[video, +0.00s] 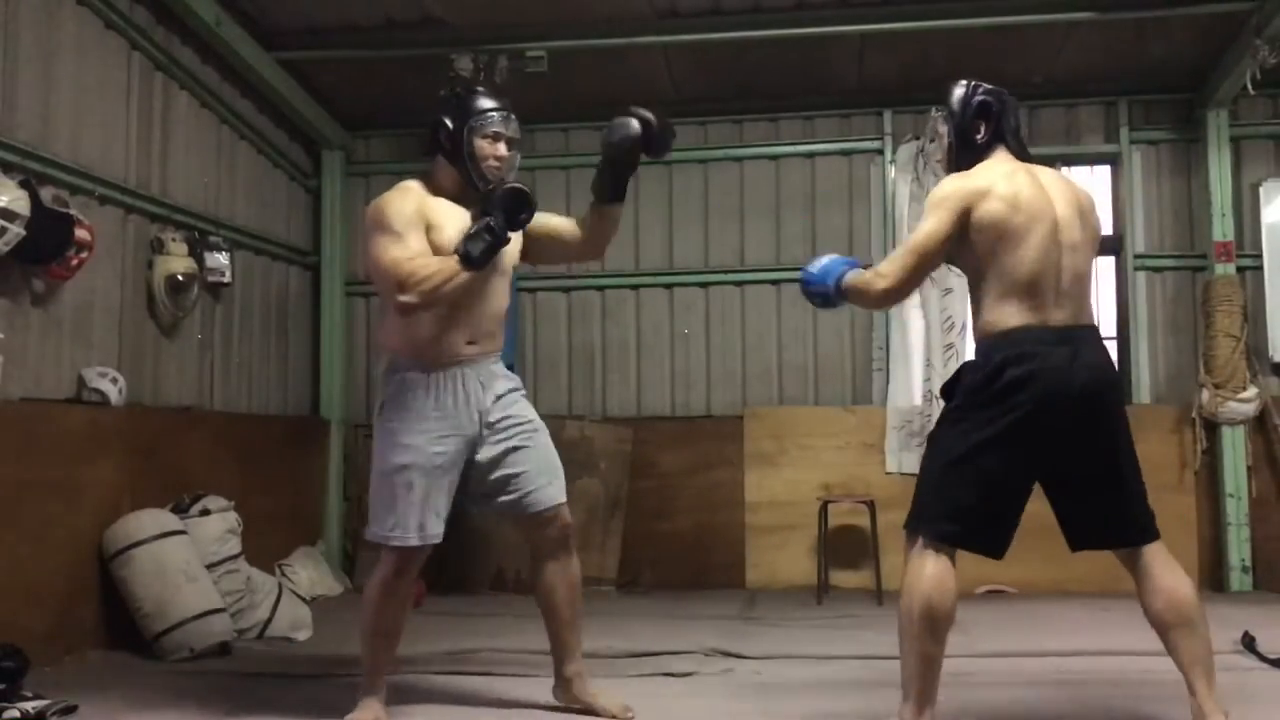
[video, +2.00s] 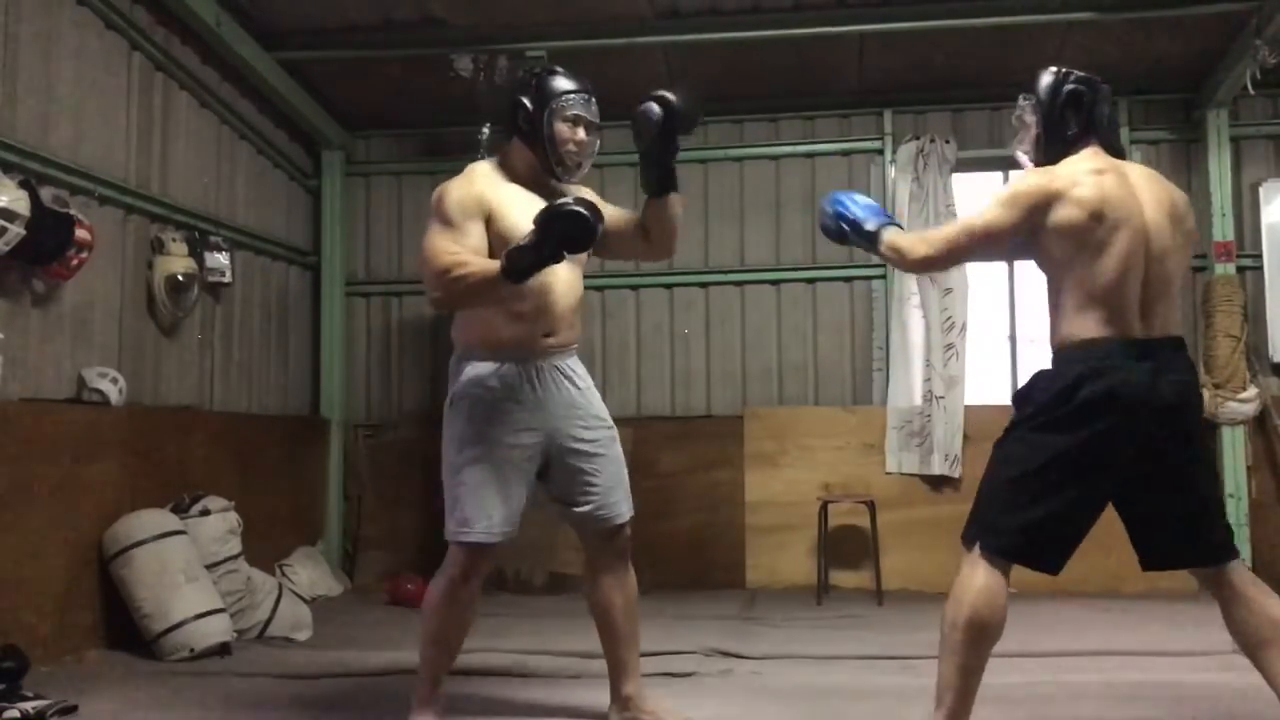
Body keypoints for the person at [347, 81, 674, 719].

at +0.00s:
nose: (504, 155)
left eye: (510, 143)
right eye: (492, 140)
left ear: (512, 151)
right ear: (451, 142)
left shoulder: (507, 220)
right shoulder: (401, 205)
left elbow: (590, 239)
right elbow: (408, 289)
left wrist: (615, 168)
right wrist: (484, 244)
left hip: (493, 385)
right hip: (421, 393)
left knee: (553, 526)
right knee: (403, 551)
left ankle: (571, 681)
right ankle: (373, 694)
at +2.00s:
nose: (584, 137)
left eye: (590, 126)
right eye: (570, 122)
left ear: (592, 133)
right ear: (528, 124)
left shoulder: (576, 203)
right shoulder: (467, 190)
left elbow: (656, 242)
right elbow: (444, 286)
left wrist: (658, 157)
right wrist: (532, 255)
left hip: (568, 380)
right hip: (490, 386)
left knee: (612, 536)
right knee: (471, 555)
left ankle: (629, 697)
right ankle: (426, 703)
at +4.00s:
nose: (599, 122)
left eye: (604, 110)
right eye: (586, 105)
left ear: (600, 119)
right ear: (539, 103)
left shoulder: (574, 202)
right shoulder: (474, 173)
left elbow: (636, 274)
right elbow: (436, 268)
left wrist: (678, 215)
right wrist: (527, 230)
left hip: (569, 385)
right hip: (490, 390)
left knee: (631, 533)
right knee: (460, 564)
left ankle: (641, 703)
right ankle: (401, 708)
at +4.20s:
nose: (582, 105)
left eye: (587, 93)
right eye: (568, 90)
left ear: (587, 103)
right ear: (522, 93)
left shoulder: (588, 174)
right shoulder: (469, 171)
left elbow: (667, 219)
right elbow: (424, 267)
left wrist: (736, 175)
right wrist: (518, 240)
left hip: (603, 370)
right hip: (527, 382)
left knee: (662, 518)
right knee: (566, 537)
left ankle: (653, 692)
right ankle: (502, 689)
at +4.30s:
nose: (554, 123)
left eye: (559, 110)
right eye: (539, 108)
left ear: (563, 118)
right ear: (494, 107)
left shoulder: (572, 191)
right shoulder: (442, 186)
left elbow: (648, 263)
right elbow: (439, 255)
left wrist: (730, 318)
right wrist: (525, 195)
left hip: (615, 346)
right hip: (545, 389)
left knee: (762, 417)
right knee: (586, 553)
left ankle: (749, 552)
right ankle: (559, 711)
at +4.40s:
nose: (553, 134)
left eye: (556, 121)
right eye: (540, 120)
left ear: (556, 127)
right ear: (496, 119)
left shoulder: (568, 194)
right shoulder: (436, 191)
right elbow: (460, 236)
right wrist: (541, 174)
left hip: (626, 323)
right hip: (565, 391)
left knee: (768, 290)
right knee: (591, 558)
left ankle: (922, 329)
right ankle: (564, 710)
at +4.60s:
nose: (568, 129)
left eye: (572, 116)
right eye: (553, 112)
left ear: (572, 122)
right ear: (504, 112)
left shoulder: (568, 187)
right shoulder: (448, 196)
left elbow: (637, 275)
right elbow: (457, 288)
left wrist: (706, 345)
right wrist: (551, 242)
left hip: (615, 326)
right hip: (557, 390)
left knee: (751, 281)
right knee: (593, 550)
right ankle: (566, 710)